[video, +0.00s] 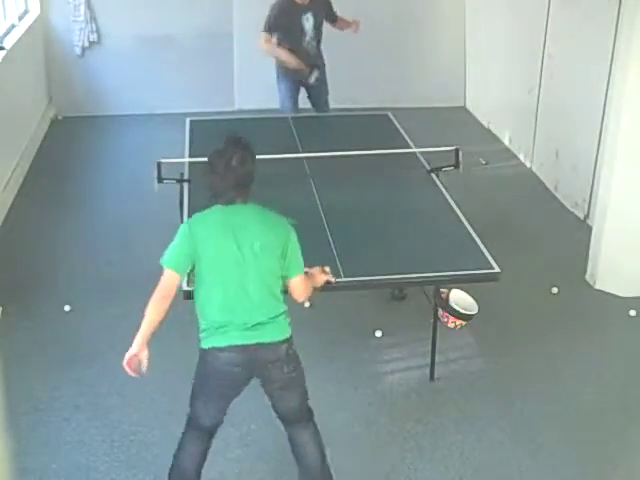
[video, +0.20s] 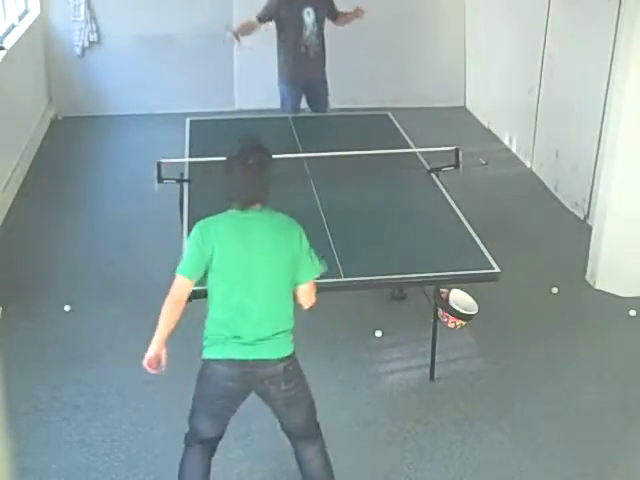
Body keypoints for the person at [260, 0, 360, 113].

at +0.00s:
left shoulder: (321, 3)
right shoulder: (281, 6)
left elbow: (334, 20)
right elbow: (266, 43)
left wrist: (350, 24)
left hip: (315, 66)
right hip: (288, 68)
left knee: (324, 113)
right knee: (289, 114)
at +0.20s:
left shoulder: (323, 1)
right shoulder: (280, 2)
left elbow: (337, 18)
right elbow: (257, 22)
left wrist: (353, 15)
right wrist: (238, 31)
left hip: (316, 73)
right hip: (290, 74)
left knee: (323, 120)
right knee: (289, 120)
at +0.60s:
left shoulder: (336, 5)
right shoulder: (295, 6)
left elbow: (353, 30)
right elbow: (274, 35)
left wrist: (359, 30)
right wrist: (282, 58)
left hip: (330, 72)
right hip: (302, 73)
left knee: (347, 112)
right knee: (300, 116)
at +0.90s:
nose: (357, 3)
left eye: (360, 1)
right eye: (353, 1)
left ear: (363, 1)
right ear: (346, 1)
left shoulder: (365, 9)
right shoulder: (338, 15)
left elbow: (373, 29)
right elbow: (344, 59)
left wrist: (395, 31)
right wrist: (372, 80)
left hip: (353, 71)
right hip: (330, 71)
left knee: (369, 111)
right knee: (317, 113)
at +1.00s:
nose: (367, 0)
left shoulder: (372, 5)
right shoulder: (344, 7)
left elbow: (378, 21)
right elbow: (347, 50)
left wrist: (400, 24)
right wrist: (374, 65)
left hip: (357, 65)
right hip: (333, 65)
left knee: (372, 112)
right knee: (320, 111)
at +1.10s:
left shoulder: (378, 3)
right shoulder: (347, 3)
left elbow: (383, 17)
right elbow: (337, 33)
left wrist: (405, 17)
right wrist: (343, 48)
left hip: (362, 62)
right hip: (337, 62)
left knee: (373, 111)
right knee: (327, 110)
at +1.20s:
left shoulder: (378, 3)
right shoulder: (345, 3)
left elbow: (384, 13)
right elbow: (333, 10)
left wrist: (406, 13)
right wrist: (316, 17)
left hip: (365, 60)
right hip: (341, 59)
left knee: (371, 108)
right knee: (334, 108)